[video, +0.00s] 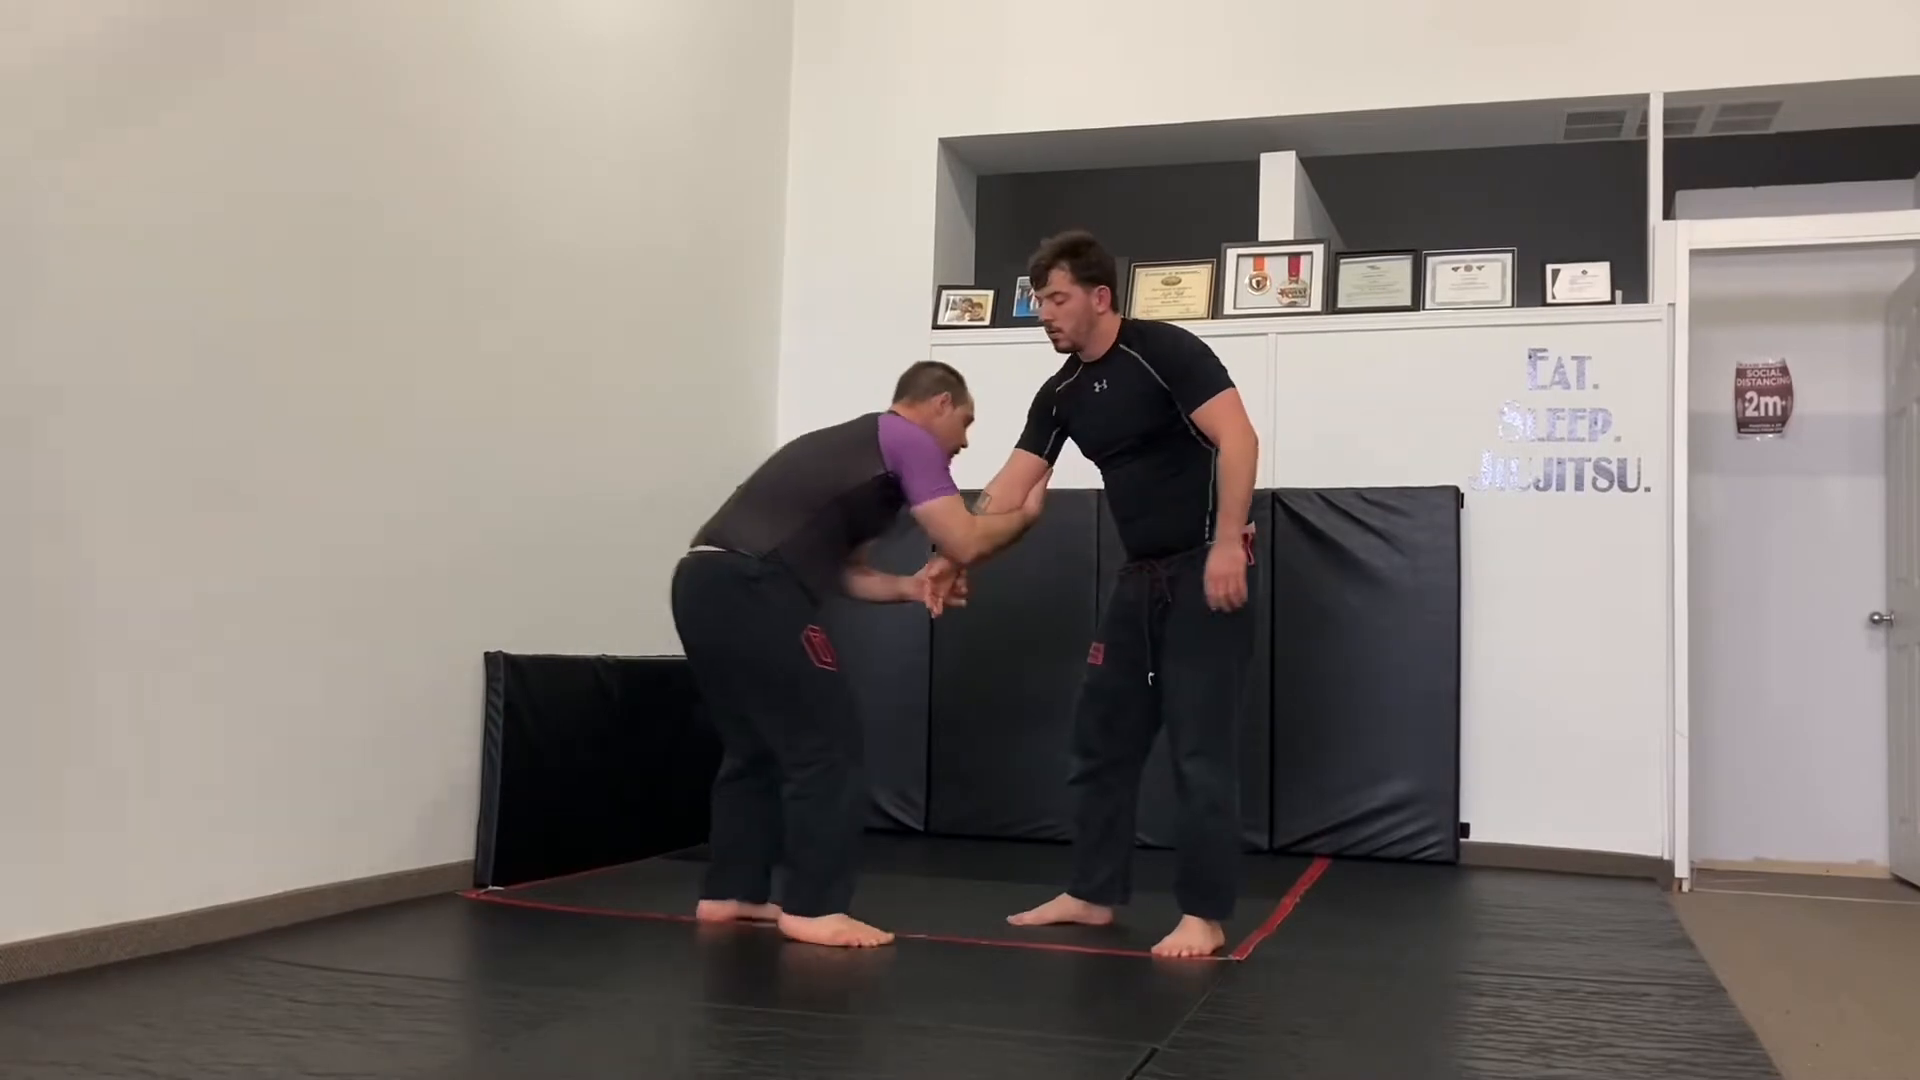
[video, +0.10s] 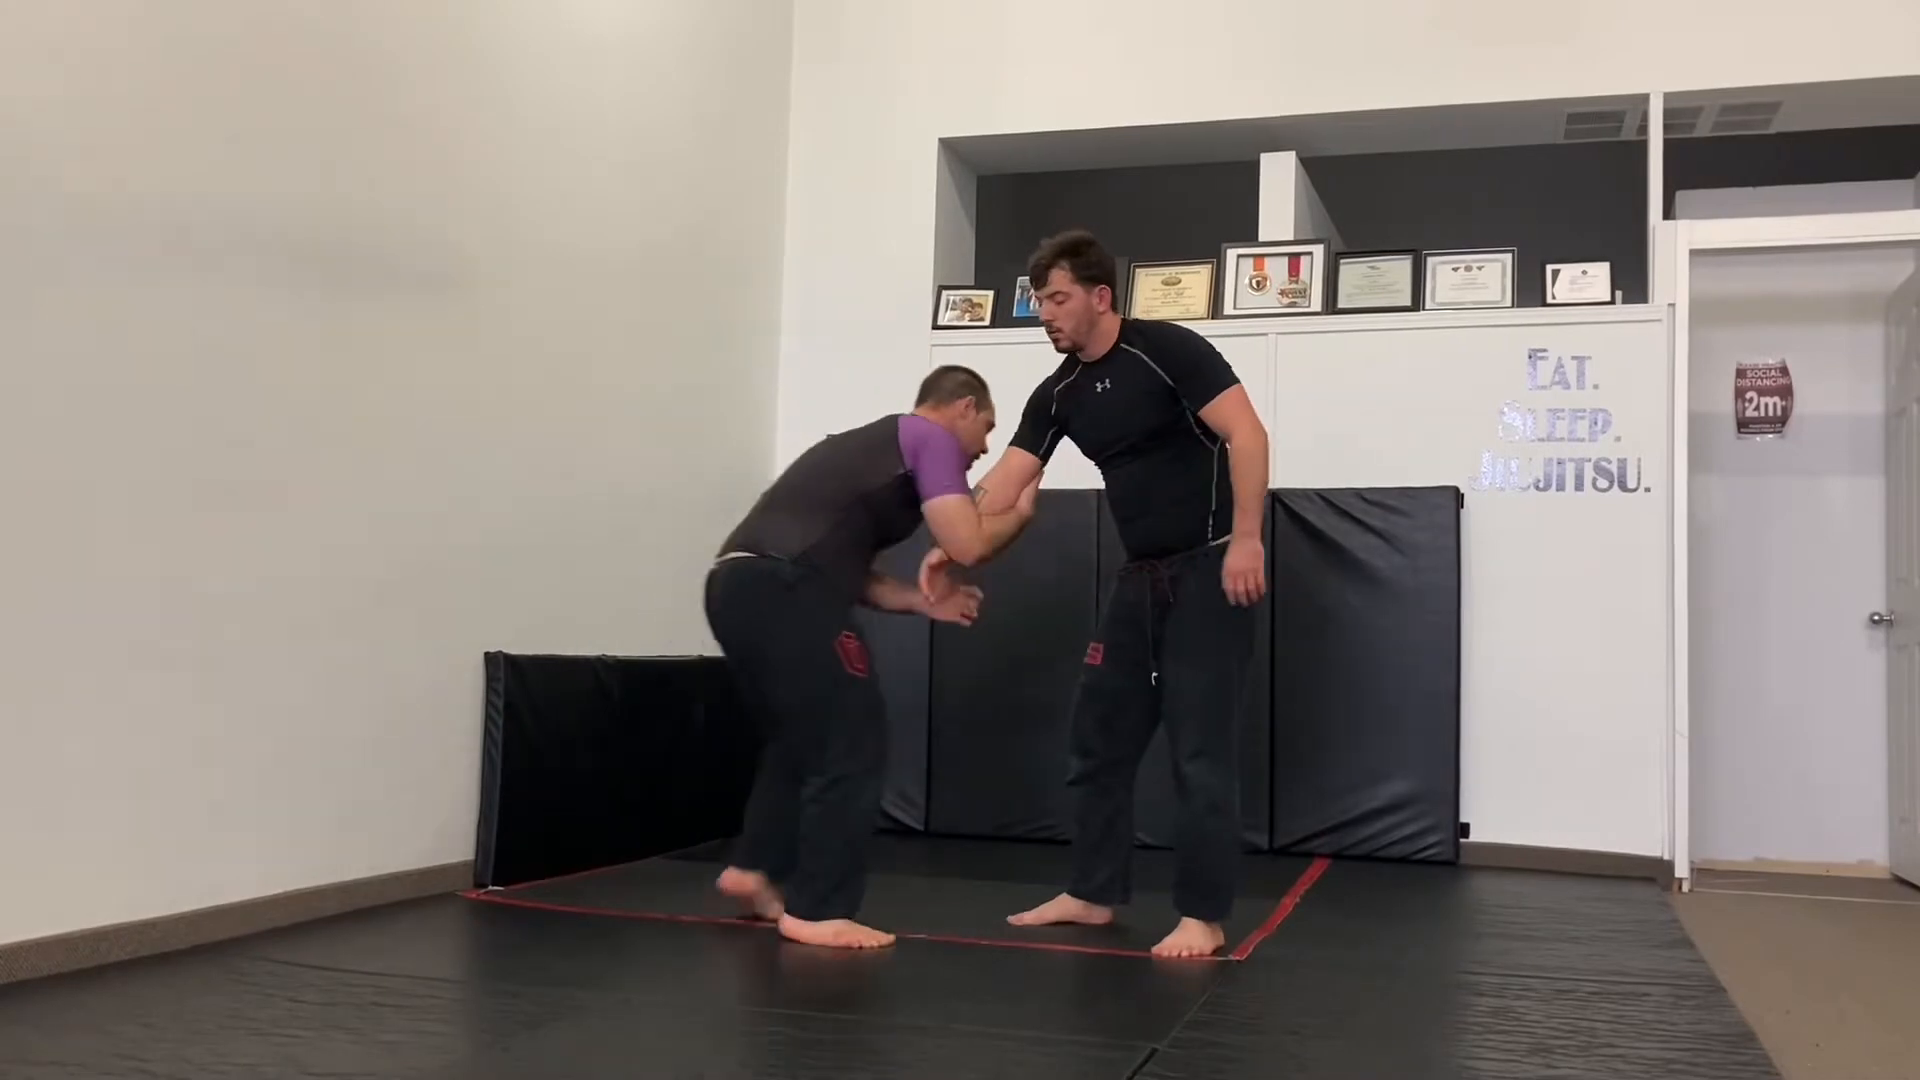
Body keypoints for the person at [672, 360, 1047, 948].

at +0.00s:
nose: (965, 441)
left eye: (967, 427)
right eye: (965, 423)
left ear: (907, 404)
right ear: (941, 405)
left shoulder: (851, 444)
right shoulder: (908, 438)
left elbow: (826, 570)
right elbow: (963, 541)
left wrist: (912, 586)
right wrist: (1020, 516)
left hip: (703, 580)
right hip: (755, 586)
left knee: (751, 746)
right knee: (824, 742)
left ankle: (730, 891)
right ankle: (814, 908)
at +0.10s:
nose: (983, 446)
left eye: (986, 433)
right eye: (985, 428)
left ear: (929, 404)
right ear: (966, 408)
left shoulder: (870, 444)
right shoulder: (929, 436)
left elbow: (835, 569)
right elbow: (968, 543)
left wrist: (925, 600)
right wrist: (1020, 513)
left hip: (737, 584)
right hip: (788, 589)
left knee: (797, 730)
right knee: (854, 741)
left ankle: (751, 867)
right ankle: (817, 911)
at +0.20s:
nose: (1003, 443)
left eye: (1006, 435)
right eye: (1006, 431)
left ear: (951, 406)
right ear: (993, 412)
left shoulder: (897, 446)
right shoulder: (954, 438)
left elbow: (866, 577)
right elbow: (966, 538)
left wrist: (948, 610)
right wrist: (1016, 511)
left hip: (770, 582)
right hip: (815, 587)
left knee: (844, 729)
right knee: (879, 744)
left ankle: (815, 862)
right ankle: (823, 909)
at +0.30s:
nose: (1024, 451)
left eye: (1027, 445)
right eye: (1026, 439)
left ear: (976, 414)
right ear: (1010, 421)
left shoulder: (925, 451)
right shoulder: (976, 440)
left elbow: (893, 583)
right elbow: (975, 520)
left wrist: (971, 617)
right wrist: (1027, 524)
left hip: (794, 581)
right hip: (841, 584)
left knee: (872, 730)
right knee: (894, 741)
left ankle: (879, 878)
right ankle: (822, 904)